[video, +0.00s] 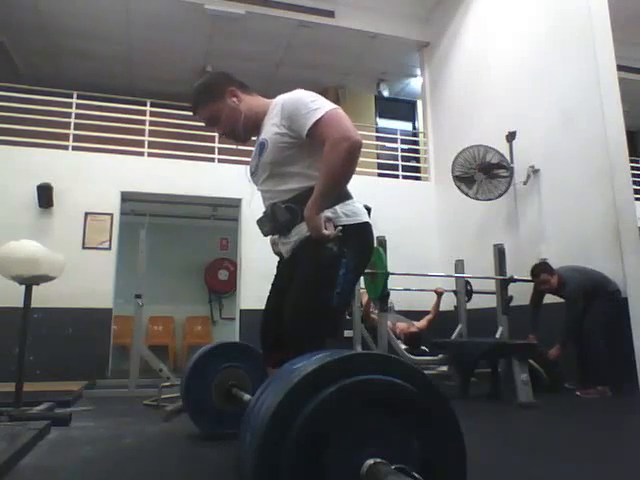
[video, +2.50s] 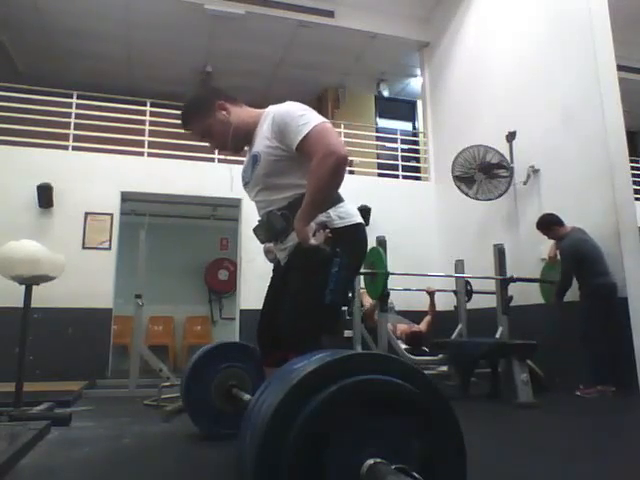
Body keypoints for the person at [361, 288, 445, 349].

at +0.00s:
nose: (404, 327)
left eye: (403, 331)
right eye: (409, 328)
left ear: (399, 337)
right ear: (412, 327)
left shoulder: (384, 329)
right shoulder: (417, 328)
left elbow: (367, 318)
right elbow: (432, 315)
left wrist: (369, 299)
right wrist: (439, 297)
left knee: (363, 294)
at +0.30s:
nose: (412, 327)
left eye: (408, 331)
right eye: (414, 329)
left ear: (401, 337)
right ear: (415, 328)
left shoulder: (385, 332)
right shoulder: (420, 329)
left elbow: (367, 318)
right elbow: (432, 315)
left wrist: (370, 298)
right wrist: (438, 297)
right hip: (388, 312)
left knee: (363, 294)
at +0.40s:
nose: (413, 326)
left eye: (410, 331)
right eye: (415, 329)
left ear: (400, 338)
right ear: (416, 328)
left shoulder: (383, 332)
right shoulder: (420, 330)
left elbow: (368, 317)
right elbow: (434, 316)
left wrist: (368, 298)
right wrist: (438, 297)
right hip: (390, 312)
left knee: (363, 293)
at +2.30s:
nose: (414, 327)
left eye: (412, 330)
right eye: (415, 329)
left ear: (403, 338)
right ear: (417, 329)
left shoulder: (386, 334)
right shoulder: (421, 332)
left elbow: (368, 318)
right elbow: (431, 315)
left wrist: (377, 303)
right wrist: (432, 297)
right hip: (389, 313)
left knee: (363, 294)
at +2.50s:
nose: (414, 327)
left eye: (412, 331)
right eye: (416, 329)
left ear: (403, 338)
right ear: (417, 329)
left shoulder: (387, 334)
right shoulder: (421, 332)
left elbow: (368, 318)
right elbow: (431, 315)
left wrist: (377, 302)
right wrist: (432, 297)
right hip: (390, 314)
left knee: (363, 294)